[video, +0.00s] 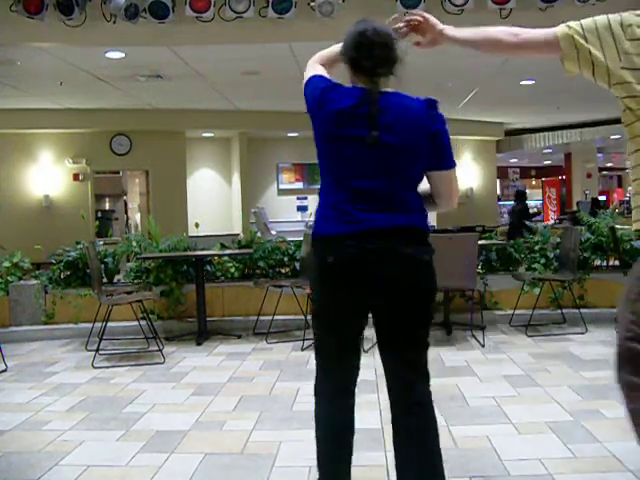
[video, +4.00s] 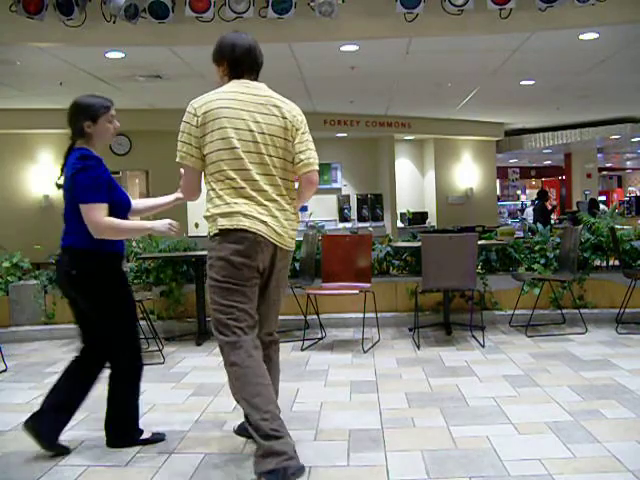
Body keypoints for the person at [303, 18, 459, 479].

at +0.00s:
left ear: (348, 66)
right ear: (395, 65)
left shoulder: (329, 106)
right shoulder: (423, 114)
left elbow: (317, 63)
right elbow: (446, 200)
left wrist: (365, 42)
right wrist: (412, 194)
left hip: (339, 257)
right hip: (405, 256)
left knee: (334, 383)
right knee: (410, 382)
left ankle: (333, 476)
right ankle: (423, 477)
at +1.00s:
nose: (264, 78)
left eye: (263, 70)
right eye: (257, 70)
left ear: (238, 76)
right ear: (230, 75)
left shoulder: (257, 130)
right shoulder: (199, 127)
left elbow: (282, 199)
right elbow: (187, 203)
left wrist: (327, 161)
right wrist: (256, 213)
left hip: (255, 263)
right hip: (208, 265)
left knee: (277, 377)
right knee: (205, 379)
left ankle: (291, 475)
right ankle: (171, 476)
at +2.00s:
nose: (93, 117)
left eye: (93, 110)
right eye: (89, 110)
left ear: (65, 113)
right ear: (70, 112)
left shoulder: (66, 153)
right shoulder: (50, 155)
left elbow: (94, 214)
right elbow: (50, 225)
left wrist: (142, 197)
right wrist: (105, 237)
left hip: (76, 272)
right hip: (59, 276)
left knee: (78, 364)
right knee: (100, 374)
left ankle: (65, 453)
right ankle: (128, 469)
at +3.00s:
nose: (18, 117)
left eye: (16, 110)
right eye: (13, 110)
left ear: (5, 116)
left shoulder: (8, 162)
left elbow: (32, 217)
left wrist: (72, 201)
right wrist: (70, 202)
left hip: (14, 274)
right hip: (3, 275)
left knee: (33, 358)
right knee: (31, 358)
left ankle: (34, 447)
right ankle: (32, 447)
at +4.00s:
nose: (117, 124)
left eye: (115, 118)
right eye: (110, 119)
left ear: (89, 127)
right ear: (90, 125)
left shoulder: (87, 162)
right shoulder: (87, 165)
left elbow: (127, 206)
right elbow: (99, 226)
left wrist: (177, 197)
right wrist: (153, 227)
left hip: (81, 265)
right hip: (97, 266)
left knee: (97, 348)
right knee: (127, 352)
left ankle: (45, 424)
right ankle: (123, 432)